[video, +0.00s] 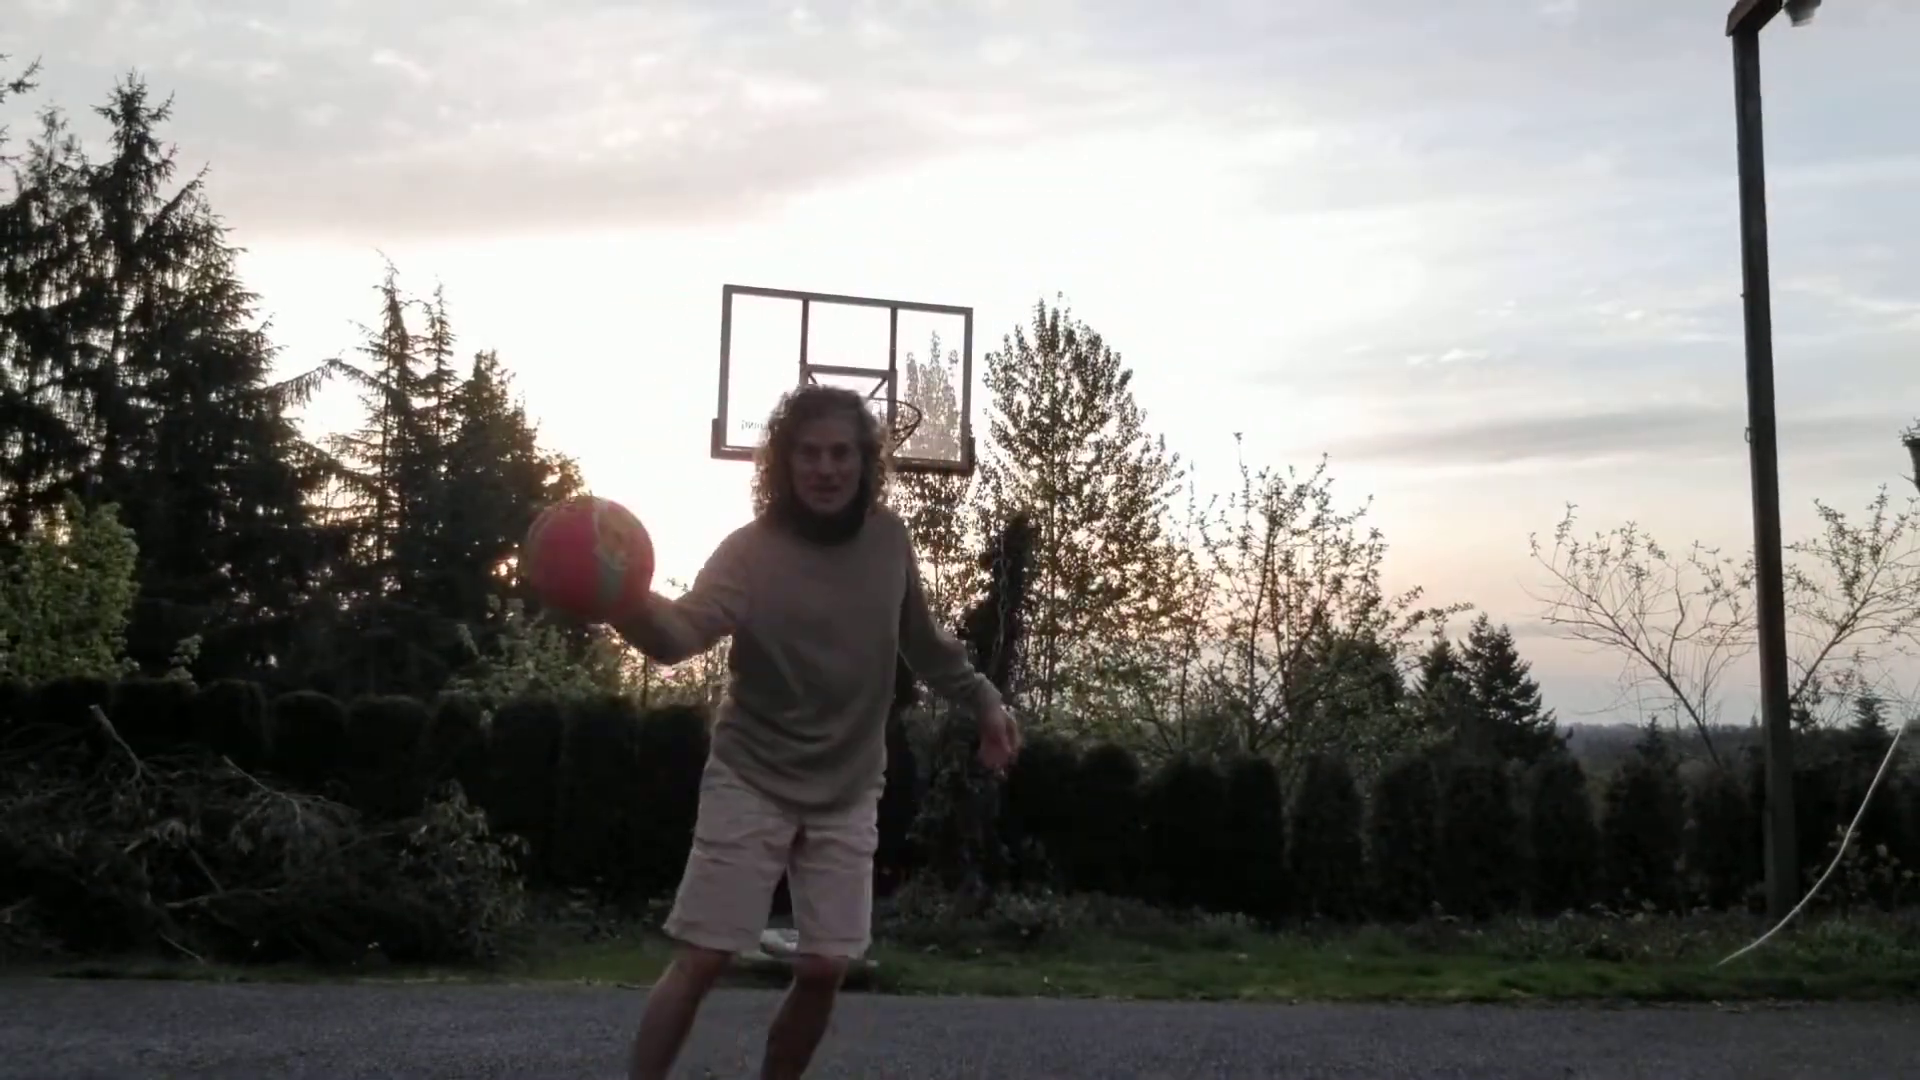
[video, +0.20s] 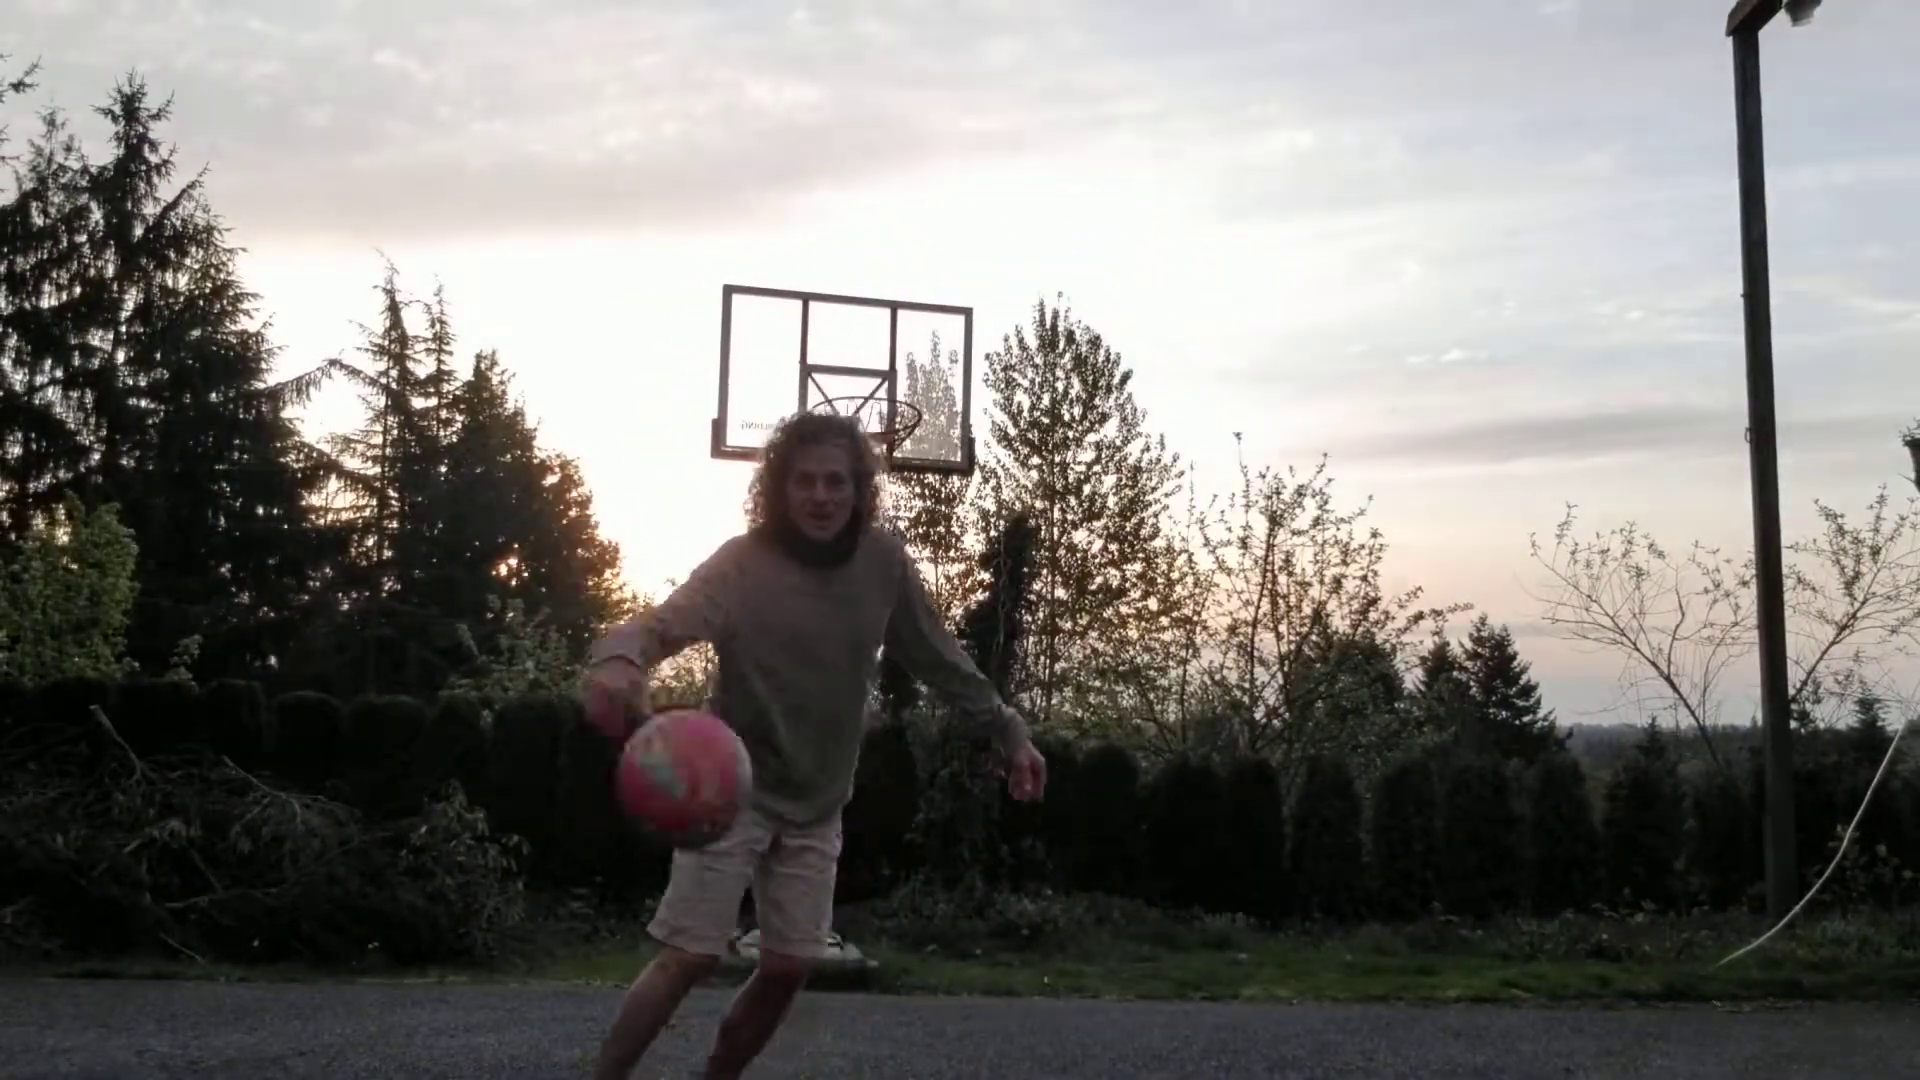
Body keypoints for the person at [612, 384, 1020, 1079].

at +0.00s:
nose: (826, 468)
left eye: (843, 452)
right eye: (809, 452)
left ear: (866, 462)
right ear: (784, 462)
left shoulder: (887, 540)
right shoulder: (752, 551)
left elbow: (923, 639)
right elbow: (676, 636)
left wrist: (984, 699)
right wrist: (611, 588)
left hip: (848, 792)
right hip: (750, 781)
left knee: (825, 971)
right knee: (705, 956)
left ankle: (776, 1077)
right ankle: (642, 1076)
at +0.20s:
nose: (821, 495)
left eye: (837, 481)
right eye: (805, 480)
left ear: (859, 491)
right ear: (779, 488)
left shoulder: (883, 564)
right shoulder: (744, 564)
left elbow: (937, 655)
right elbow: (660, 627)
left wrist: (1011, 731)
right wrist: (618, 659)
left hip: (819, 807)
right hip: (733, 793)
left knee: (787, 970)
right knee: (690, 957)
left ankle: (717, 1076)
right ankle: (607, 1072)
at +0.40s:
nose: (851, 523)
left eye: (867, 509)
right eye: (835, 507)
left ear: (889, 512)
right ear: (809, 505)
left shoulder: (902, 587)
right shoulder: (762, 577)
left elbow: (952, 677)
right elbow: (678, 683)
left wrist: (1026, 762)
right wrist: (648, 791)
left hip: (802, 804)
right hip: (722, 783)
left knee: (775, 964)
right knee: (698, 959)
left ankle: (700, 1073)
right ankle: (610, 1073)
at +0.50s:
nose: (872, 527)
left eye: (887, 513)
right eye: (857, 512)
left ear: (907, 513)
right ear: (827, 507)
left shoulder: (918, 589)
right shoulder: (778, 575)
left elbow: (963, 680)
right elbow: (696, 682)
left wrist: (1009, 755)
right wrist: (655, 793)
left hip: (814, 801)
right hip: (738, 778)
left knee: (788, 965)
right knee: (725, 956)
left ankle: (706, 1074)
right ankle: (641, 1074)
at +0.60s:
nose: (899, 522)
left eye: (912, 507)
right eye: (883, 506)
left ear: (930, 507)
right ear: (853, 503)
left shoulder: (946, 586)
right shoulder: (798, 570)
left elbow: (979, 675)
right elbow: (717, 668)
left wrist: (1003, 733)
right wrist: (669, 762)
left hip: (841, 795)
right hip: (770, 771)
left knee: (814, 963)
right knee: (776, 954)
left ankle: (718, 1073)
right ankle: (686, 1074)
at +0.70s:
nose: (934, 518)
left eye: (949, 503)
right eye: (917, 502)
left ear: (968, 505)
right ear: (887, 499)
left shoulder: (985, 581)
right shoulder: (834, 565)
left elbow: (1004, 672)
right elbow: (749, 653)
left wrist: (1016, 710)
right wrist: (689, 737)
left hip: (877, 787)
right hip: (806, 767)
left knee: (850, 960)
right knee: (831, 954)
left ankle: (746, 1068)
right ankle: (735, 1073)